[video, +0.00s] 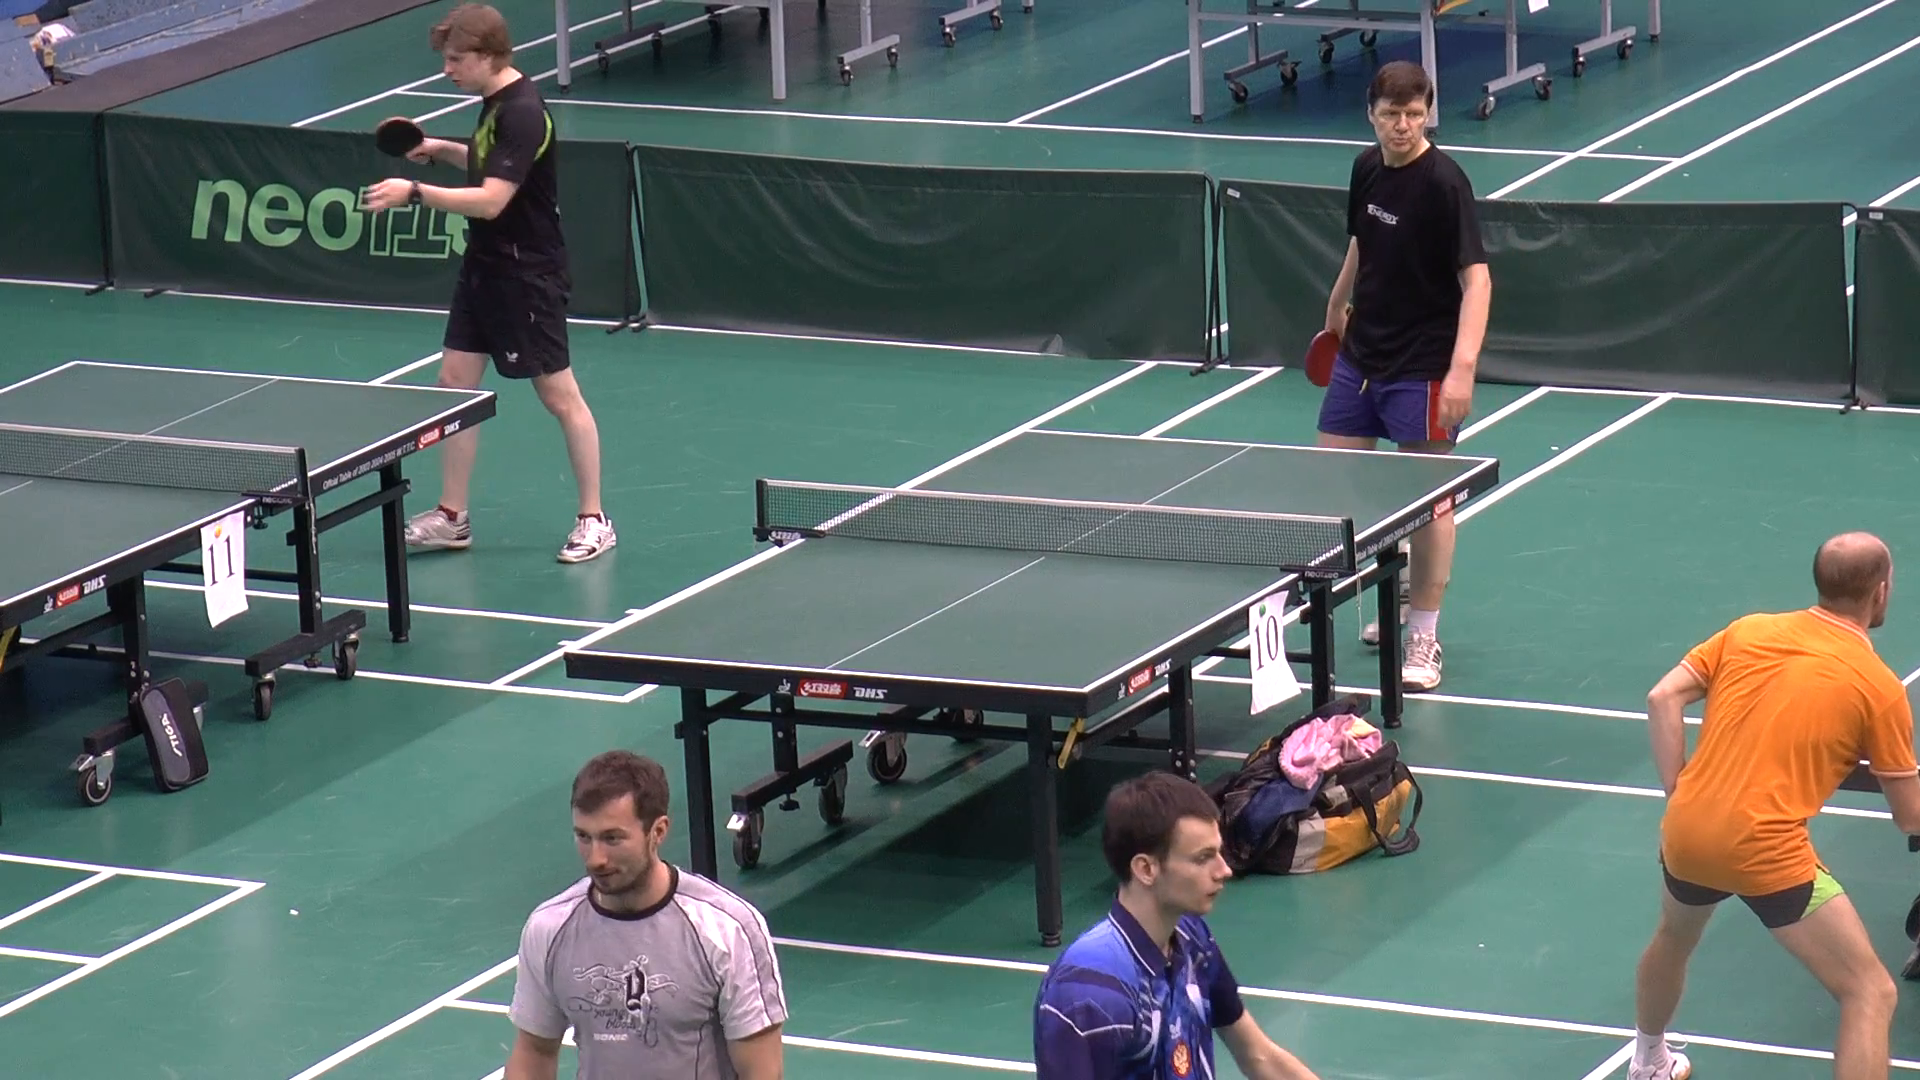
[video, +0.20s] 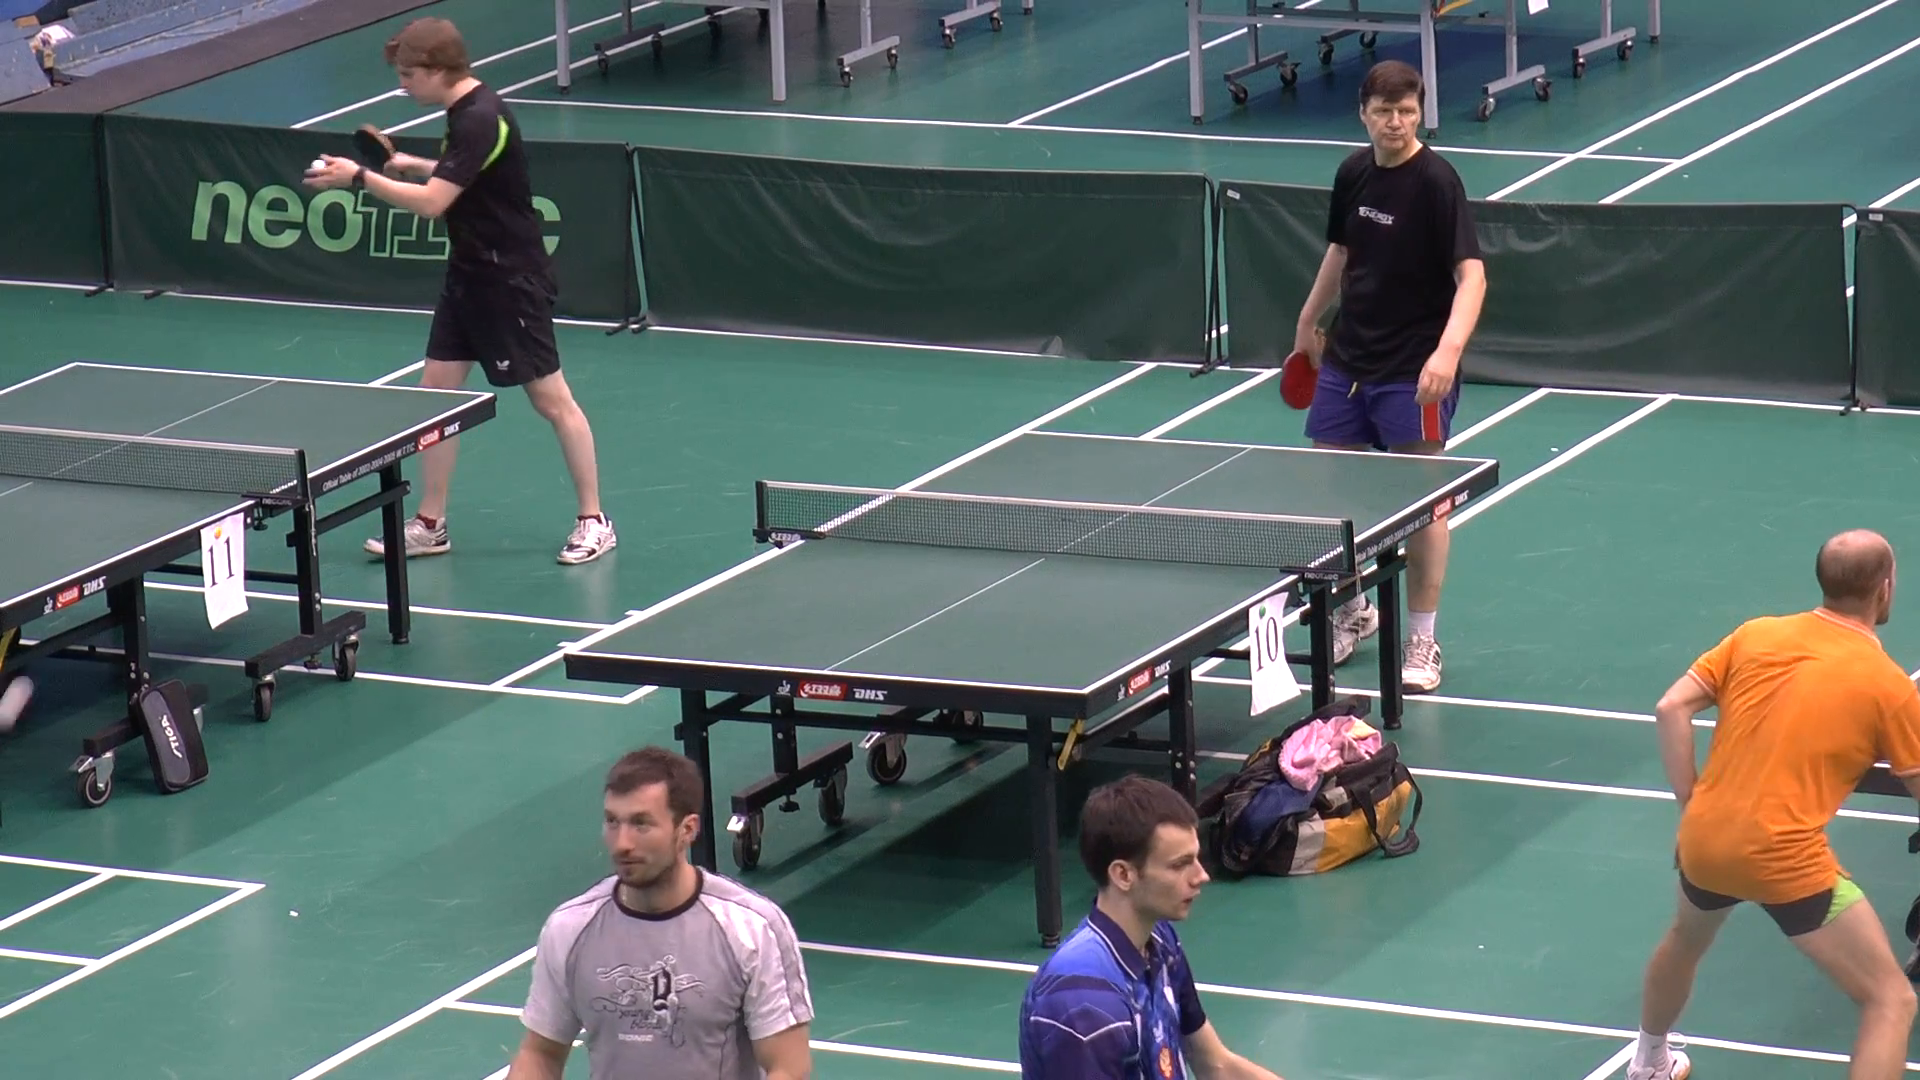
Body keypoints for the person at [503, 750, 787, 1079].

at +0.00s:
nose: (595, 859)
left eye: (613, 838)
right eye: (583, 837)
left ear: (658, 833)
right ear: (574, 830)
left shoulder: (732, 930)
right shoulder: (548, 930)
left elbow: (761, 1073)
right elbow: (535, 1050)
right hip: (597, 1072)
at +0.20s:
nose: (621, 842)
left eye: (641, 823)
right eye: (612, 822)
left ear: (687, 830)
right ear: (603, 824)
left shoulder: (756, 929)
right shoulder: (568, 931)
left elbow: (787, 1065)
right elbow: (540, 1053)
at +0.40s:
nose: (684, 824)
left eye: (706, 807)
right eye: (676, 807)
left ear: (750, 825)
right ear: (666, 816)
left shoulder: (806, 927)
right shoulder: (627, 930)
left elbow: (809, 1063)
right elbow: (592, 1054)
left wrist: (673, 1048)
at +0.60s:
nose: (735, 813)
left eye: (757, 797)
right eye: (727, 797)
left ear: (800, 818)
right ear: (717, 808)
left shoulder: (851, 915)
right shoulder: (684, 922)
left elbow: (829, 1029)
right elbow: (663, 1057)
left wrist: (716, 955)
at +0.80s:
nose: (767, 809)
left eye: (789, 793)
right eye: (757, 793)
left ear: (828, 816)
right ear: (745, 808)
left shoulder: (873, 914)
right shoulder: (698, 922)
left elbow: (839, 1016)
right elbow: (673, 1054)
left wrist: (748, 911)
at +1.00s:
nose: (775, 821)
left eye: (794, 805)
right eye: (762, 803)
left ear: (830, 818)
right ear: (747, 813)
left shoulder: (879, 926)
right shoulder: (696, 924)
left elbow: (870, 1059)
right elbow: (670, 1057)